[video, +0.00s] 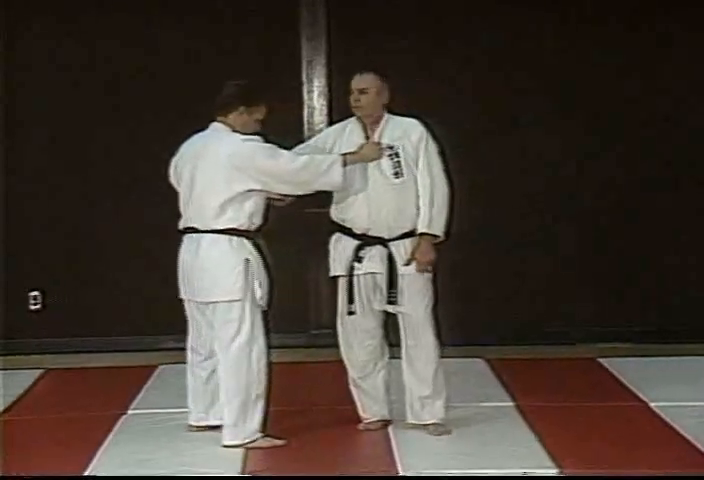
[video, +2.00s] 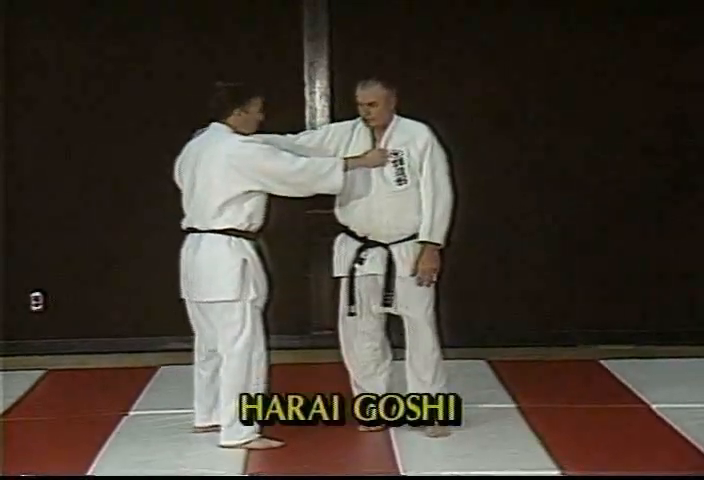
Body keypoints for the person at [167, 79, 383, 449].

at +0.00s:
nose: (260, 125)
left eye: (261, 118)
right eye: (257, 117)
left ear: (226, 113)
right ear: (238, 113)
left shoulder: (191, 146)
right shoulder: (243, 149)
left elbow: (176, 177)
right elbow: (295, 168)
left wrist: (255, 189)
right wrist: (355, 157)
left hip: (192, 251)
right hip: (229, 254)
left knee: (201, 342)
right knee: (240, 345)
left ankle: (203, 414)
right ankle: (241, 431)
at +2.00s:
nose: (261, 118)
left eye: (261, 110)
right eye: (257, 111)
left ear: (227, 114)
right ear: (237, 113)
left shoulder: (195, 146)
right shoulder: (242, 150)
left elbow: (179, 176)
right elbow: (296, 169)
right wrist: (359, 161)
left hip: (195, 251)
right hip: (229, 256)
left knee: (208, 344)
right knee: (242, 346)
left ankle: (207, 416)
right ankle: (239, 431)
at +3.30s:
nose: (277, 124)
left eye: (278, 117)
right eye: (275, 116)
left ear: (240, 113)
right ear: (259, 113)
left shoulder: (207, 144)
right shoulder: (255, 151)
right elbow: (311, 169)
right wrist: (365, 155)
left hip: (202, 248)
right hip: (236, 252)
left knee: (213, 341)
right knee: (247, 342)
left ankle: (212, 412)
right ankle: (242, 429)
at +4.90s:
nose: (319, 132)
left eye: (322, 126)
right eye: (317, 124)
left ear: (291, 114)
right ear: (302, 115)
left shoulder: (251, 139)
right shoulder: (288, 150)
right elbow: (339, 181)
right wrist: (395, 167)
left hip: (228, 245)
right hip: (257, 252)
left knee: (241, 338)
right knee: (271, 341)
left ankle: (238, 411)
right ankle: (269, 425)